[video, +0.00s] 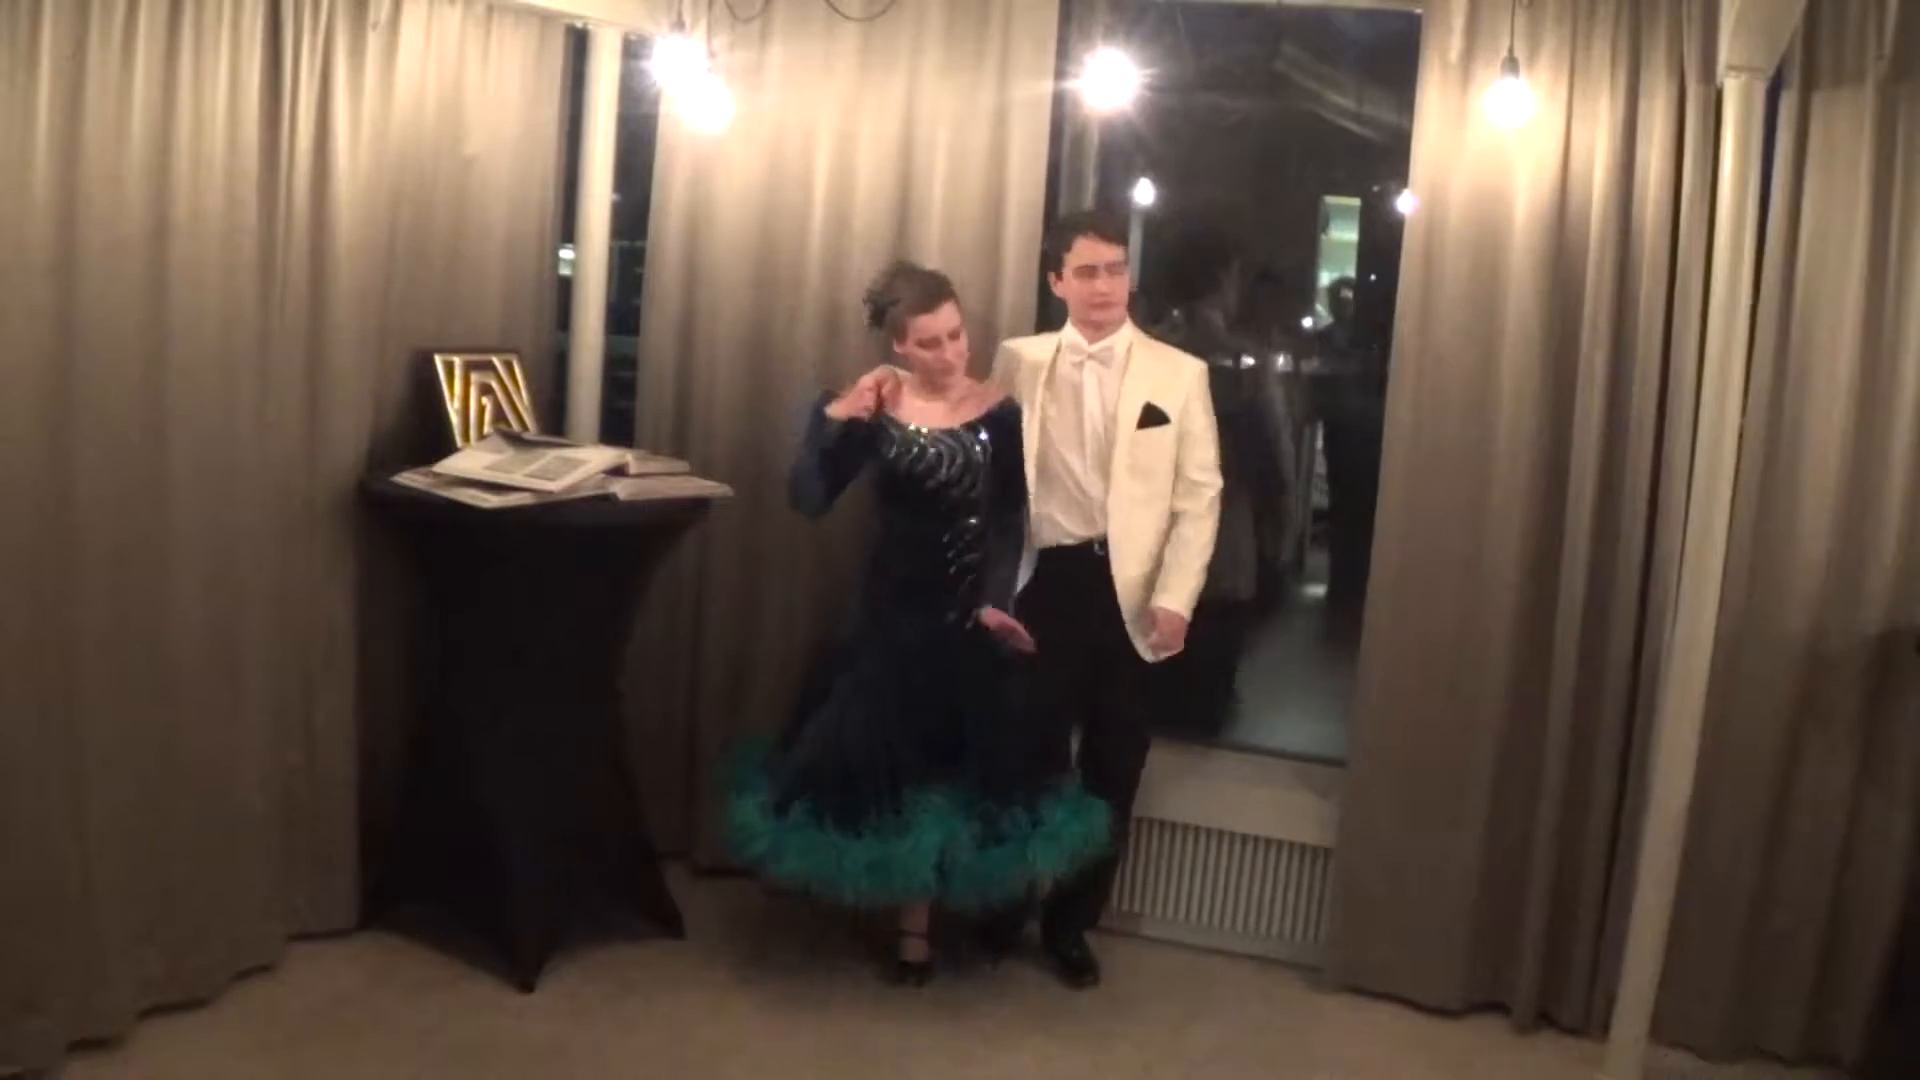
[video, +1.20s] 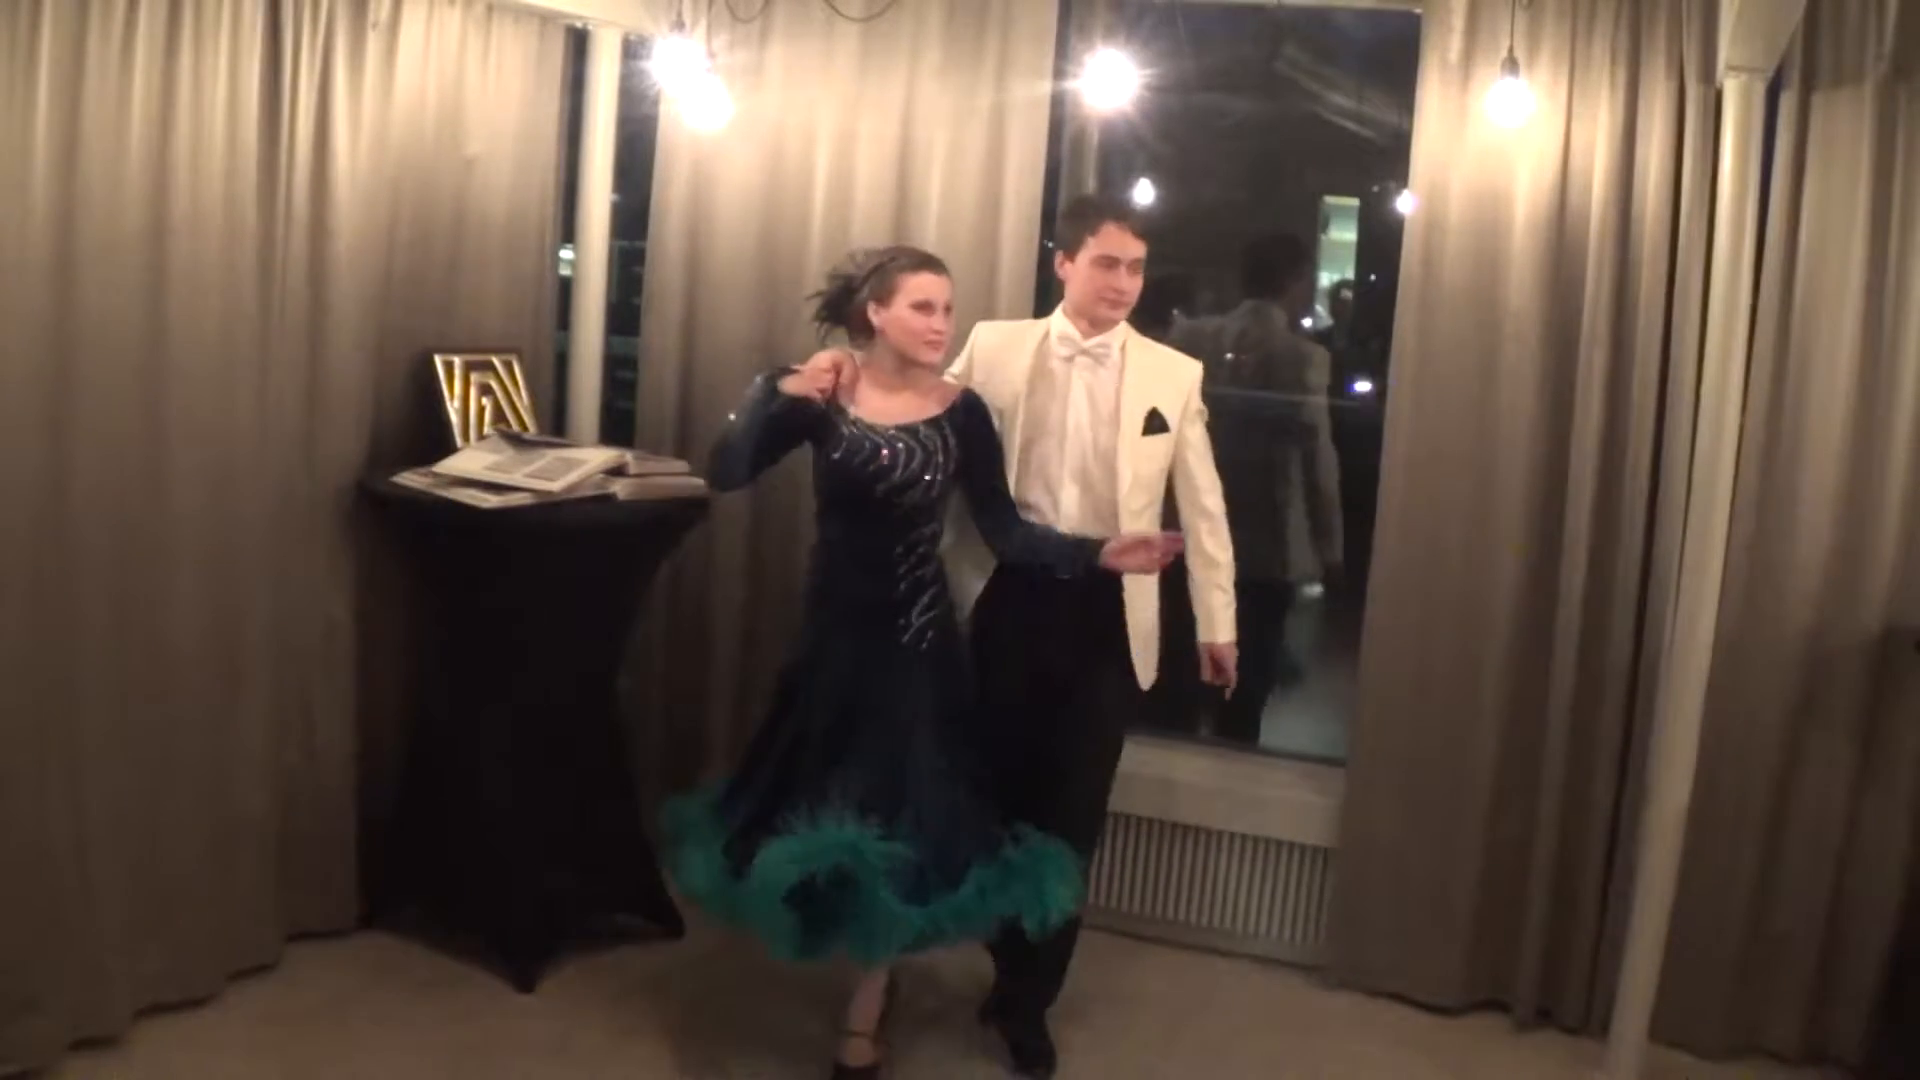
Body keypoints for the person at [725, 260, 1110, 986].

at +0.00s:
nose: (949, 354)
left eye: (955, 335)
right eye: (928, 343)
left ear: (968, 328)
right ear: (896, 346)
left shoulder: (997, 412)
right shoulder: (878, 408)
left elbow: (1011, 517)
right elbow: (811, 497)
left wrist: (997, 597)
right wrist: (835, 416)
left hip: (971, 610)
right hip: (896, 604)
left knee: (959, 756)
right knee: (902, 755)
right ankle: (903, 910)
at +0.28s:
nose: (932, 349)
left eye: (937, 330)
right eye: (913, 341)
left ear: (950, 318)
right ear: (886, 346)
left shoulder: (987, 401)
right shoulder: (873, 403)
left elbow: (1005, 509)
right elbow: (806, 490)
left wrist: (957, 494)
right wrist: (820, 417)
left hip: (965, 611)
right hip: (890, 604)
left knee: (940, 763)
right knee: (868, 759)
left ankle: (912, 928)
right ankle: (875, 954)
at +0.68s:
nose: (919, 332)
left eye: (926, 314)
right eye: (900, 321)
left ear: (940, 314)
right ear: (864, 333)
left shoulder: (973, 401)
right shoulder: (848, 403)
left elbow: (988, 510)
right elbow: (781, 494)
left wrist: (956, 561)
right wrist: (792, 423)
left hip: (947, 607)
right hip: (869, 601)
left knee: (932, 761)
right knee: (862, 765)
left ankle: (915, 921)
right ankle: (872, 955)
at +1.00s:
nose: (933, 323)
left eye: (940, 309)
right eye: (915, 309)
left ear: (948, 317)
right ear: (869, 317)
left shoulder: (968, 407)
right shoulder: (837, 393)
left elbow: (991, 525)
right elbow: (747, 479)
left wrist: (1055, 607)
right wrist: (788, 400)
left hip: (933, 617)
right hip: (850, 611)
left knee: (917, 793)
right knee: (848, 785)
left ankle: (883, 985)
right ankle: (878, 954)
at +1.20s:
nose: (942, 324)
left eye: (948, 310)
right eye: (924, 308)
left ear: (953, 320)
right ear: (872, 316)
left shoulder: (962, 412)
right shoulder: (827, 400)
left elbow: (1005, 532)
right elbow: (726, 471)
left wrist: (1105, 551)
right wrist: (782, 389)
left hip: (924, 626)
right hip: (842, 620)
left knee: (905, 799)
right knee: (846, 790)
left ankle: (870, 985)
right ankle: (872, 965)